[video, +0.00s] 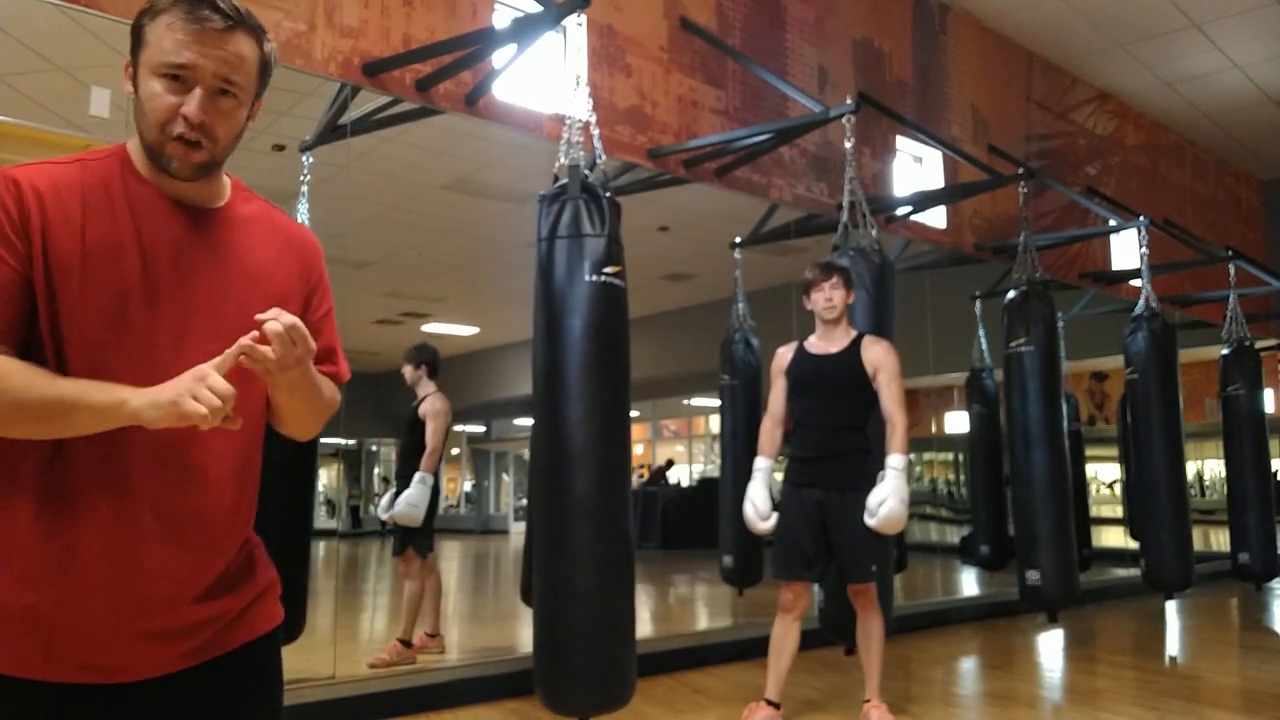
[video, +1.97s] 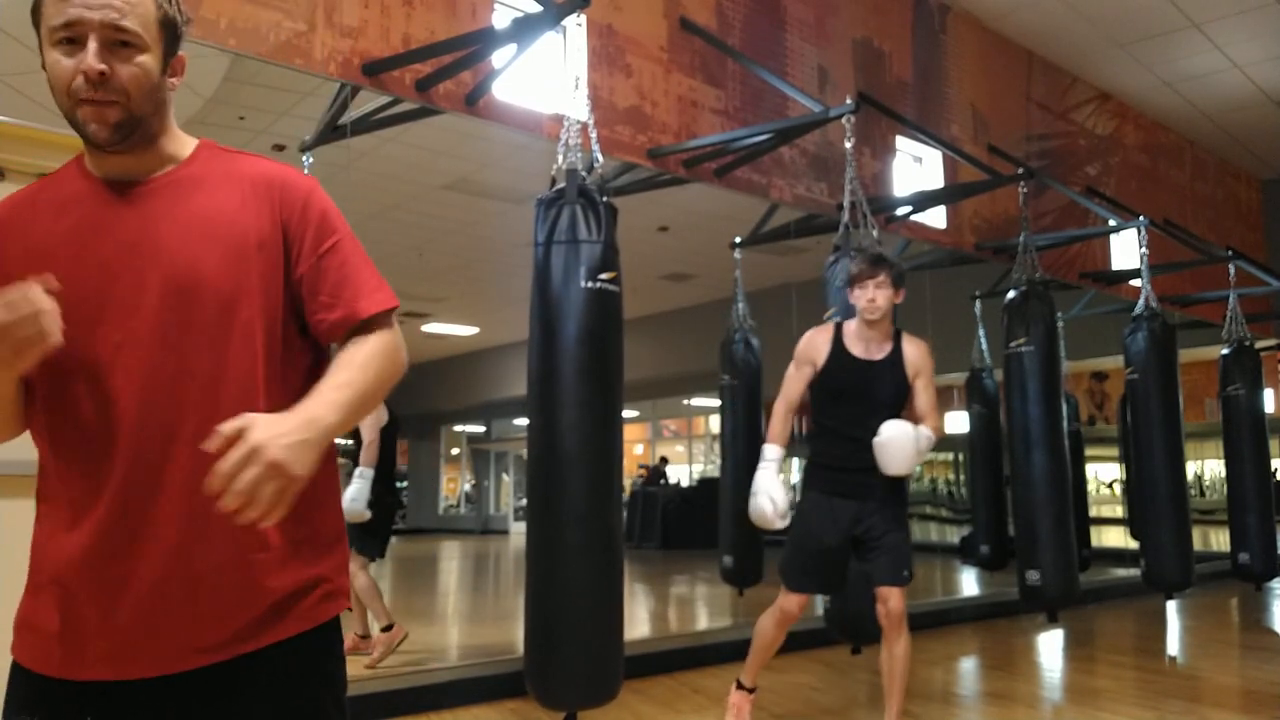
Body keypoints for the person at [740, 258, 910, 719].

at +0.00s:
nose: (827, 296)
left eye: (835, 289)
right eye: (819, 290)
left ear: (849, 296)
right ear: (808, 299)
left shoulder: (876, 351)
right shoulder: (787, 356)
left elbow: (895, 418)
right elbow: (773, 421)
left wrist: (895, 475)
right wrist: (760, 477)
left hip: (858, 491)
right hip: (801, 491)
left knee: (864, 596)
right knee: (789, 598)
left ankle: (873, 700)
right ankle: (771, 702)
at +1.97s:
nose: (868, 295)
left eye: (878, 286)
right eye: (859, 287)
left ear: (897, 294)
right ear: (850, 294)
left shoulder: (914, 352)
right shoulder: (818, 342)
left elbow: (930, 423)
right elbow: (784, 407)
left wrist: (917, 440)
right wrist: (768, 470)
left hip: (883, 498)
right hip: (824, 496)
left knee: (892, 608)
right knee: (790, 606)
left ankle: (893, 716)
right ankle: (744, 687)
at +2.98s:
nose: (812, 298)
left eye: (822, 289)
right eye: (808, 289)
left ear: (849, 294)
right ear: (802, 297)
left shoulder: (885, 343)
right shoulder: (795, 347)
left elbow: (921, 413)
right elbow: (777, 414)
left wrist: (887, 439)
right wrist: (762, 467)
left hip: (872, 497)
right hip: (811, 495)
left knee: (879, 608)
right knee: (774, 599)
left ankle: (895, 713)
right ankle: (780, 705)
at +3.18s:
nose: (760, 304)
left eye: (768, 294)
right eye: (757, 297)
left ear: (797, 294)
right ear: (765, 303)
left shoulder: (831, 339)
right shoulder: (790, 349)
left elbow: (870, 403)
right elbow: (799, 407)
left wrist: (840, 458)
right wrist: (771, 441)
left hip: (843, 484)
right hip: (800, 485)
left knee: (840, 602)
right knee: (764, 598)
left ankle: (920, 710)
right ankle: (783, 706)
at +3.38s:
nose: (741, 309)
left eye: (748, 300)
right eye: (739, 302)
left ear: (776, 302)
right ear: (762, 306)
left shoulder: (802, 342)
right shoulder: (782, 349)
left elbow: (824, 406)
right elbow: (795, 422)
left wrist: (803, 471)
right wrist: (759, 443)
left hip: (812, 486)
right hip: (783, 486)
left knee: (819, 603)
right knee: (754, 596)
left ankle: (911, 706)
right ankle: (781, 707)